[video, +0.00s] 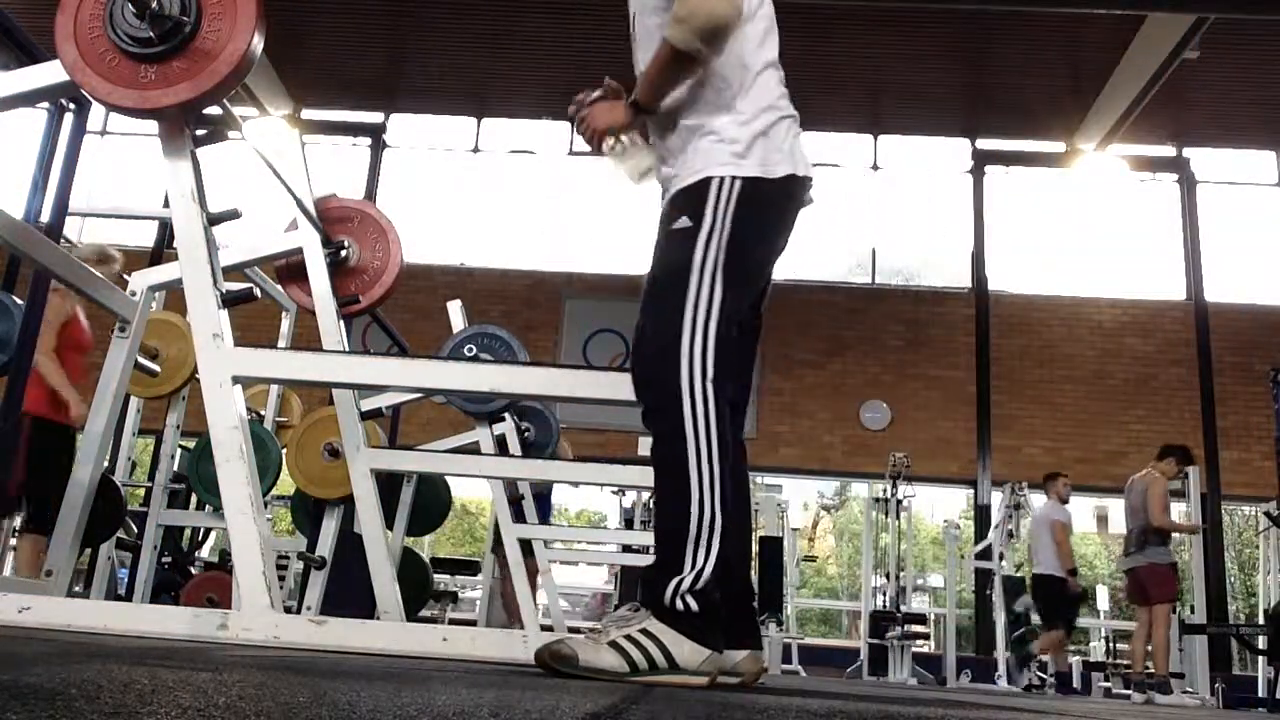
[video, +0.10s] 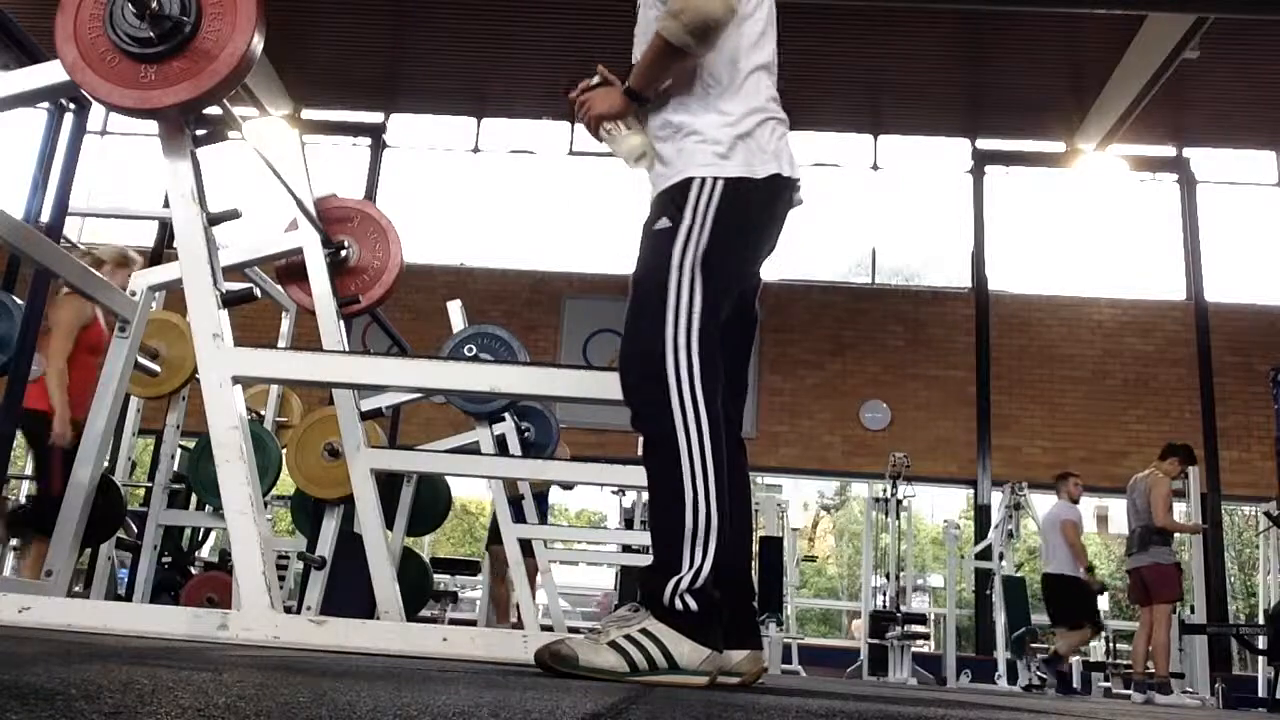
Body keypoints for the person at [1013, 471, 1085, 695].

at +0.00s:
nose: (1069, 490)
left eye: (1069, 486)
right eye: (1066, 485)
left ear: (1050, 490)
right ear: (1053, 488)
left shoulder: (1038, 513)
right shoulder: (1058, 510)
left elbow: (1032, 549)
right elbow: (1062, 541)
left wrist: (1040, 568)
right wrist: (1072, 573)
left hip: (1039, 577)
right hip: (1056, 577)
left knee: (1057, 632)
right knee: (1062, 631)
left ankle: (1063, 681)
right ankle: (1028, 651)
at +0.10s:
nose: (1081, 490)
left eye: (1081, 486)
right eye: (1076, 485)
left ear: (1062, 491)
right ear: (1064, 488)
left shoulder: (1050, 513)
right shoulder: (1068, 509)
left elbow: (1051, 547)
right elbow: (1072, 539)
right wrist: (1087, 568)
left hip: (1051, 575)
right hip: (1067, 576)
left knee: (1062, 628)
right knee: (1091, 626)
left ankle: (1064, 682)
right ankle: (1054, 659)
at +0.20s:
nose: (1092, 490)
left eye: (1092, 486)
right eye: (1087, 486)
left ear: (1074, 491)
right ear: (1075, 489)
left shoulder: (1064, 512)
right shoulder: (1078, 510)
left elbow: (1074, 547)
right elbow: (1083, 541)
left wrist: (1099, 571)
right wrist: (1103, 567)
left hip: (1063, 577)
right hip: (1078, 578)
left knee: (1069, 629)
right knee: (1105, 624)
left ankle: (1063, 681)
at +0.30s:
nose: (1104, 494)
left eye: (1104, 490)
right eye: (1099, 489)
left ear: (1086, 494)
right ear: (1087, 492)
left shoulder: (1076, 515)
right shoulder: (1090, 512)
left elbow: (1083, 550)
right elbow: (1094, 543)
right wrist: (1116, 569)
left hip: (1073, 580)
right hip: (1089, 581)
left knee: (1073, 630)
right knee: (1114, 628)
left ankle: (1063, 680)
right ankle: (1120, 680)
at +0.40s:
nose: (1117, 497)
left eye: (1117, 493)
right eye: (1113, 493)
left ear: (1099, 497)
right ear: (1100, 495)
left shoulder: (1088, 520)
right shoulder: (1106, 518)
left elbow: (1095, 552)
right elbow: (1110, 548)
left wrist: (1120, 570)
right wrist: (1126, 573)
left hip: (1086, 582)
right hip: (1106, 585)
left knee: (1083, 630)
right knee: (1126, 635)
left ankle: (1063, 676)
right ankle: (1135, 680)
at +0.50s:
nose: (1133, 499)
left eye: (1133, 494)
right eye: (1129, 494)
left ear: (1115, 498)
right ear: (1116, 496)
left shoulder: (1103, 520)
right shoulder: (1119, 520)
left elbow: (1104, 555)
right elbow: (1127, 555)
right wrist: (1140, 575)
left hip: (1104, 583)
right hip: (1122, 585)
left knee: (1102, 636)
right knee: (1140, 638)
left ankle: (1076, 670)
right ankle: (1143, 682)